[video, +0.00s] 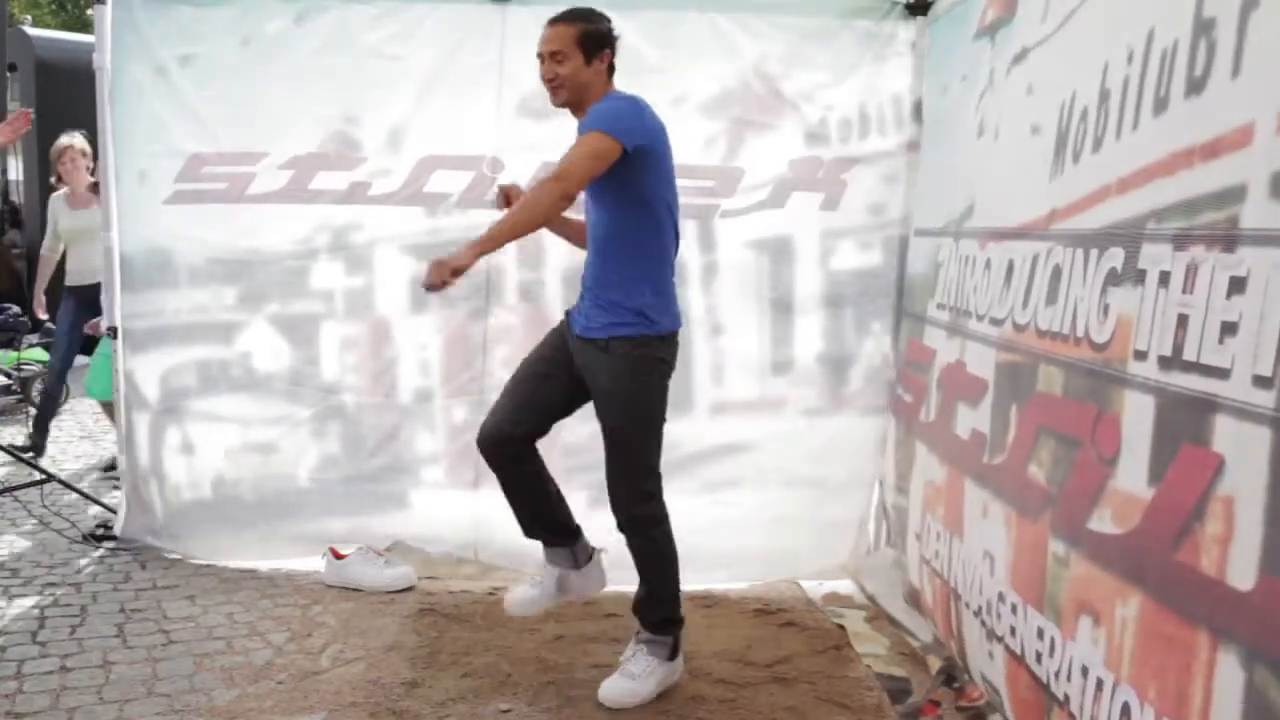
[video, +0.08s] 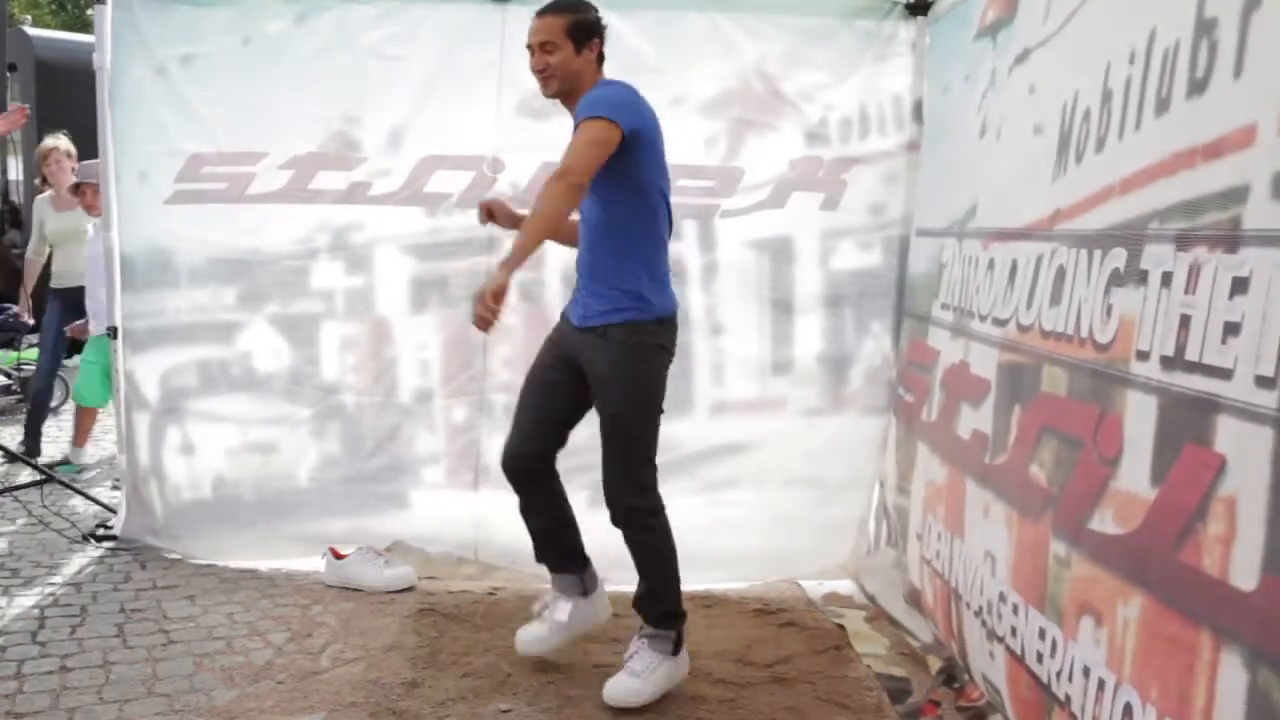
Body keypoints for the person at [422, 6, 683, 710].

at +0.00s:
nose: (547, 75)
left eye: (559, 60)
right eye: (543, 62)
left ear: (603, 61)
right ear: (554, 68)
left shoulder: (623, 113)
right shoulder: (606, 137)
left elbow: (555, 191)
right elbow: (611, 244)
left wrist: (466, 255)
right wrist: (536, 214)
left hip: (633, 339)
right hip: (584, 331)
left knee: (636, 500)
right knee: (502, 438)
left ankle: (660, 646)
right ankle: (572, 560)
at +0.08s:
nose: (537, 64)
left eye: (548, 50)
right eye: (532, 53)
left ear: (590, 50)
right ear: (550, 58)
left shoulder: (613, 100)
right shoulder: (593, 126)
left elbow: (568, 187)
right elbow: (599, 236)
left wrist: (505, 271)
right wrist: (524, 219)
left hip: (633, 329)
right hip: (581, 326)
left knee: (631, 494)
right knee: (524, 459)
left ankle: (665, 641)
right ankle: (577, 592)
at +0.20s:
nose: (527, 95)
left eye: (539, 81)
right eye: (522, 83)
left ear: (579, 82)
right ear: (527, 91)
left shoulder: (608, 141)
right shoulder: (577, 159)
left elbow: (608, 248)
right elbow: (581, 272)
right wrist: (510, 279)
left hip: (621, 358)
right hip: (578, 355)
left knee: (606, 516)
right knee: (556, 507)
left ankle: (676, 668)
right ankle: (601, 635)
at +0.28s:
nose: (522, 119)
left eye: (535, 105)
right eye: (516, 108)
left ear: (572, 109)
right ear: (516, 116)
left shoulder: (607, 167)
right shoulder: (560, 196)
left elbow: (641, 273)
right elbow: (566, 299)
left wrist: (644, 384)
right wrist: (493, 318)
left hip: (612, 371)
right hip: (567, 369)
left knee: (566, 525)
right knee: (531, 515)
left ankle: (665, 658)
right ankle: (600, 636)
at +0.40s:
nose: (527, 106)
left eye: (540, 94)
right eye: (518, 96)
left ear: (571, 94)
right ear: (512, 103)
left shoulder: (619, 152)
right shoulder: (532, 189)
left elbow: (686, 240)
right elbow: (516, 285)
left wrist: (705, 343)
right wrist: (461, 279)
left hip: (621, 344)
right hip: (568, 350)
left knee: (524, 465)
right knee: (544, 480)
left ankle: (604, 608)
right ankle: (596, 624)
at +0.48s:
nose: (537, 83)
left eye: (549, 70)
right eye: (526, 72)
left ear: (576, 72)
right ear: (515, 78)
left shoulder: (625, 129)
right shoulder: (515, 165)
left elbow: (701, 208)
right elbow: (482, 259)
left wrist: (718, 303)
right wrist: (442, 230)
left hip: (627, 315)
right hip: (569, 325)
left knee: (509, 387)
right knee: (569, 471)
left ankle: (565, 529)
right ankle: (602, 628)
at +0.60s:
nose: (559, 73)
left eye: (572, 62)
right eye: (548, 59)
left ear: (588, 67)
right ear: (527, 62)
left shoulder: (628, 120)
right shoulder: (500, 152)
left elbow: (702, 183)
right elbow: (448, 245)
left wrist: (717, 277)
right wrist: (439, 185)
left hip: (631, 308)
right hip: (570, 318)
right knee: (561, 471)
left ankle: (536, 445)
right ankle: (599, 625)